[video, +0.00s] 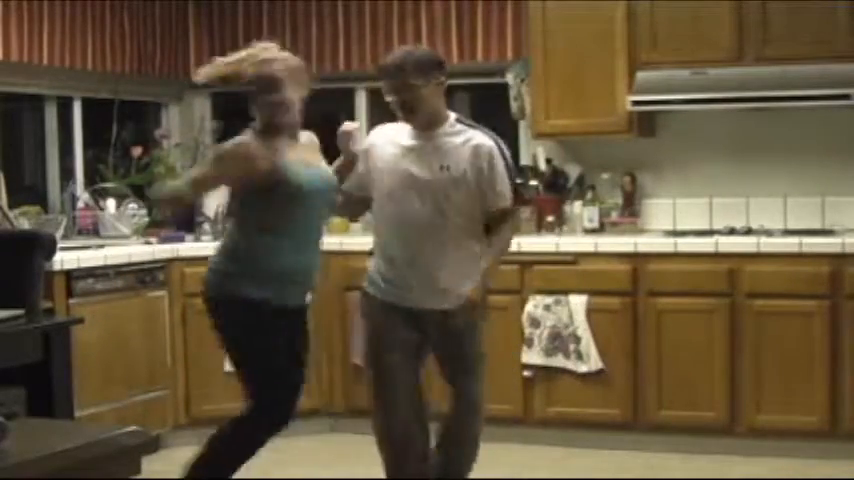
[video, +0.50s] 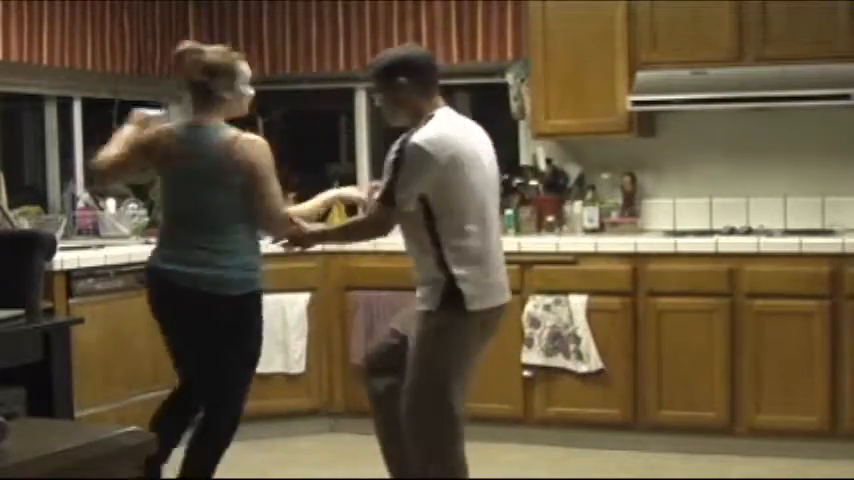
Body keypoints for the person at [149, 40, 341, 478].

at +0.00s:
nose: (276, 97)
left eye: (283, 86)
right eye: (264, 89)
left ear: (302, 91)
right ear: (251, 98)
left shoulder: (310, 144)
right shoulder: (244, 151)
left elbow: (318, 197)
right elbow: (173, 196)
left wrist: (348, 159)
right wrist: (224, 177)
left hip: (288, 297)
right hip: (239, 293)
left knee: (278, 407)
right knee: (273, 405)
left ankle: (208, 470)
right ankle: (202, 473)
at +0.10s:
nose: (208, 101)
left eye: (215, 89)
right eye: (207, 91)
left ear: (246, 86)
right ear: (235, 90)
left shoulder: (308, 137)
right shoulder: (207, 150)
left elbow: (336, 195)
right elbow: (154, 198)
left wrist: (348, 170)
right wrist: (96, 190)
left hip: (286, 293)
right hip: (216, 287)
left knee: (246, 413)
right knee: (194, 407)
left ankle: (217, 475)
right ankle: (194, 472)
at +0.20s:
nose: (186, 97)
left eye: (193, 88)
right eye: (187, 89)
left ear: (220, 90)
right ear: (215, 93)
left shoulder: (269, 132)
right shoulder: (206, 145)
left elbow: (340, 173)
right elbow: (208, 201)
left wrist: (284, 164)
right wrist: (163, 191)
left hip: (261, 289)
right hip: (210, 287)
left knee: (202, 395)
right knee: (173, 390)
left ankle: (240, 473)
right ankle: (233, 469)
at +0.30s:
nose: (185, 95)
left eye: (193, 87)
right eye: (186, 87)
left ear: (219, 89)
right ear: (233, 91)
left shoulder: (222, 127)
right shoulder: (263, 142)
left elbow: (229, 169)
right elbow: (280, 212)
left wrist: (164, 144)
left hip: (217, 278)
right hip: (255, 279)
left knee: (176, 388)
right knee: (198, 386)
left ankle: (232, 472)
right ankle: (236, 471)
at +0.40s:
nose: (195, 87)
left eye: (198, 80)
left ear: (201, 85)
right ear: (249, 88)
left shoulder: (176, 134)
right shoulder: (273, 148)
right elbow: (295, 219)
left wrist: (99, 136)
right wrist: (321, 201)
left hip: (179, 284)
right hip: (247, 290)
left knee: (180, 395)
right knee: (223, 396)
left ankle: (188, 472)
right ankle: (220, 474)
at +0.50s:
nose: (252, 96)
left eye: (250, 88)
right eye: (247, 88)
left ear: (200, 91)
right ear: (229, 93)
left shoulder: (163, 140)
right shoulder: (250, 148)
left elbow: (100, 174)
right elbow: (277, 223)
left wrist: (130, 129)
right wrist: (330, 198)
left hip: (168, 284)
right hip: (230, 292)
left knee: (192, 385)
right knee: (226, 406)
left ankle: (145, 464)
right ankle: (193, 476)